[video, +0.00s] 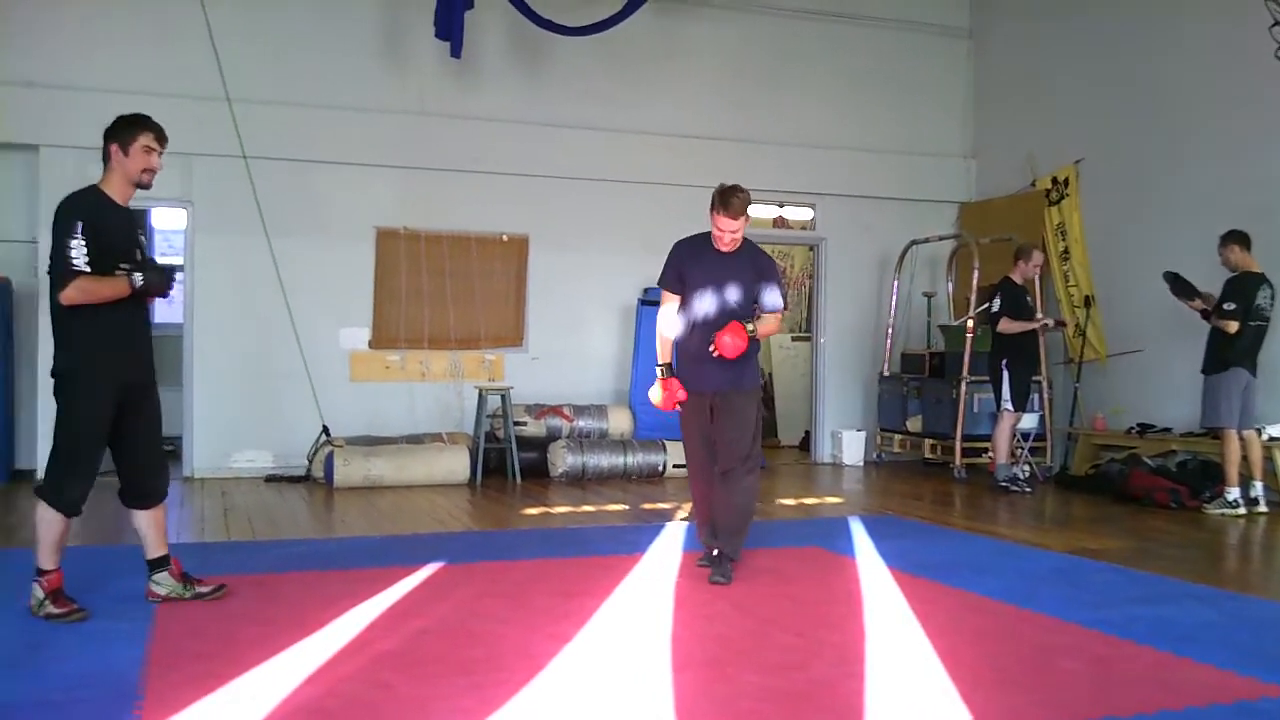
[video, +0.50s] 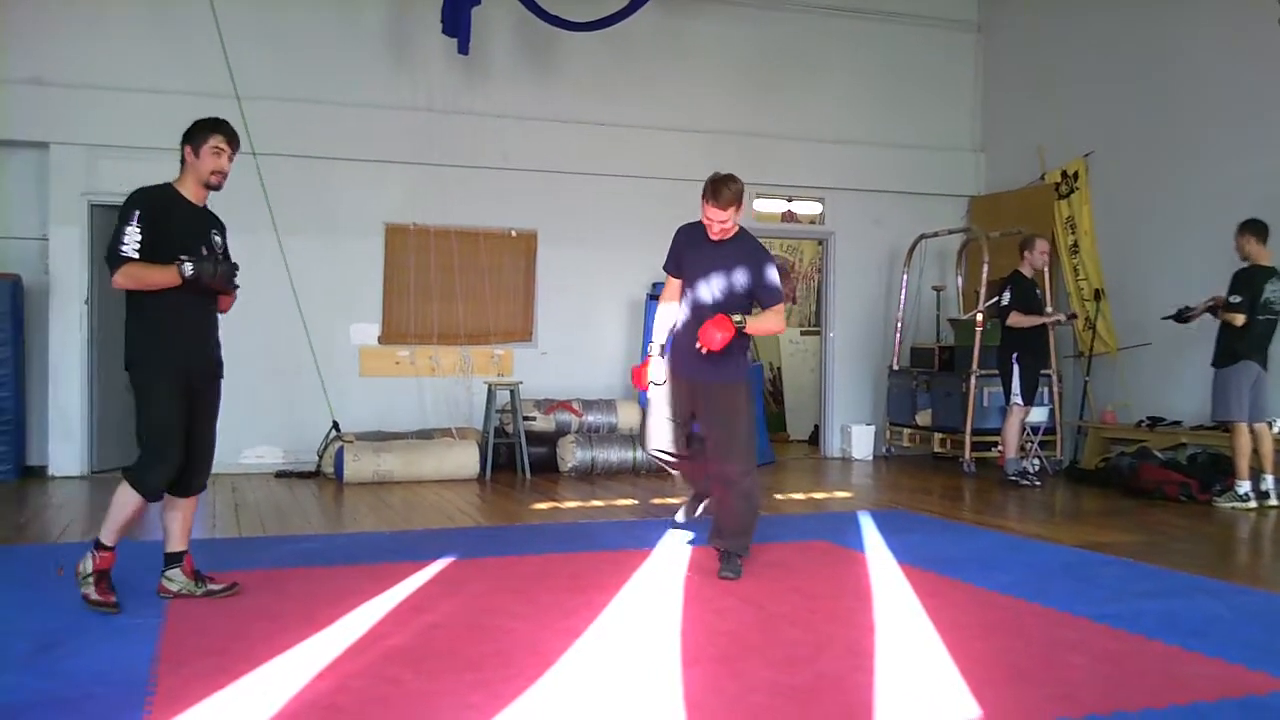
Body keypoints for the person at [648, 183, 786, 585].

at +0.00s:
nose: (725, 238)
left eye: (733, 232)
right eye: (719, 230)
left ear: (746, 222)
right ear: (710, 217)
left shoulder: (761, 264)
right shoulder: (685, 252)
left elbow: (775, 318)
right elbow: (667, 312)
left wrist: (748, 332)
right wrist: (664, 370)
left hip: (738, 385)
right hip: (691, 382)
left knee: (735, 465)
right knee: (700, 464)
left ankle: (726, 552)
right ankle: (711, 544)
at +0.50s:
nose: (714, 228)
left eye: (723, 222)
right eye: (709, 219)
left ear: (740, 211)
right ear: (701, 206)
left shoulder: (755, 256)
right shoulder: (686, 236)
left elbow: (777, 319)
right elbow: (670, 297)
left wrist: (737, 325)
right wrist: (654, 353)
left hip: (726, 374)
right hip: (680, 367)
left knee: (732, 462)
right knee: (662, 443)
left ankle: (733, 546)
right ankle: (706, 484)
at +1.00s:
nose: (625, 157)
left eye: (633, 148)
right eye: (620, 148)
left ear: (650, 143)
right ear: (613, 145)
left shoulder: (675, 194)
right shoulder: (607, 190)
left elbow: (691, 258)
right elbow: (593, 253)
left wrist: (643, 262)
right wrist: (583, 305)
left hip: (659, 318)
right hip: (614, 318)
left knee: (675, 404)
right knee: (614, 404)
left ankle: (703, 487)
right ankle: (618, 489)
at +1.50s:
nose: (652, 150)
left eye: (656, 142)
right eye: (642, 144)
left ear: (665, 147)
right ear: (628, 154)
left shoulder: (693, 194)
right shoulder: (621, 206)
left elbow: (721, 253)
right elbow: (616, 271)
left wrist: (676, 260)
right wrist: (610, 329)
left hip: (691, 316)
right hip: (646, 318)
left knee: (697, 399)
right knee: (646, 405)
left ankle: (687, 456)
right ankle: (652, 495)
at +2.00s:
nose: (689, 164)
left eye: (694, 158)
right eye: (681, 158)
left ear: (700, 163)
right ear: (665, 164)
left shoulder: (720, 211)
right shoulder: (648, 214)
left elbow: (740, 267)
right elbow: (632, 273)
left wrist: (714, 275)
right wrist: (624, 317)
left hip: (712, 329)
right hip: (667, 330)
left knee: (709, 409)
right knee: (658, 408)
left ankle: (705, 487)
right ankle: (650, 491)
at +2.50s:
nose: (741, 159)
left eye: (746, 154)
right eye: (734, 153)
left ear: (751, 161)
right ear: (718, 159)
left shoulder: (759, 213)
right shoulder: (693, 204)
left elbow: (768, 264)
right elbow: (680, 262)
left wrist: (760, 276)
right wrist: (679, 312)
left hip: (742, 324)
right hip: (700, 320)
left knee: (731, 404)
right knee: (690, 403)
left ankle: (723, 478)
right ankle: (679, 481)